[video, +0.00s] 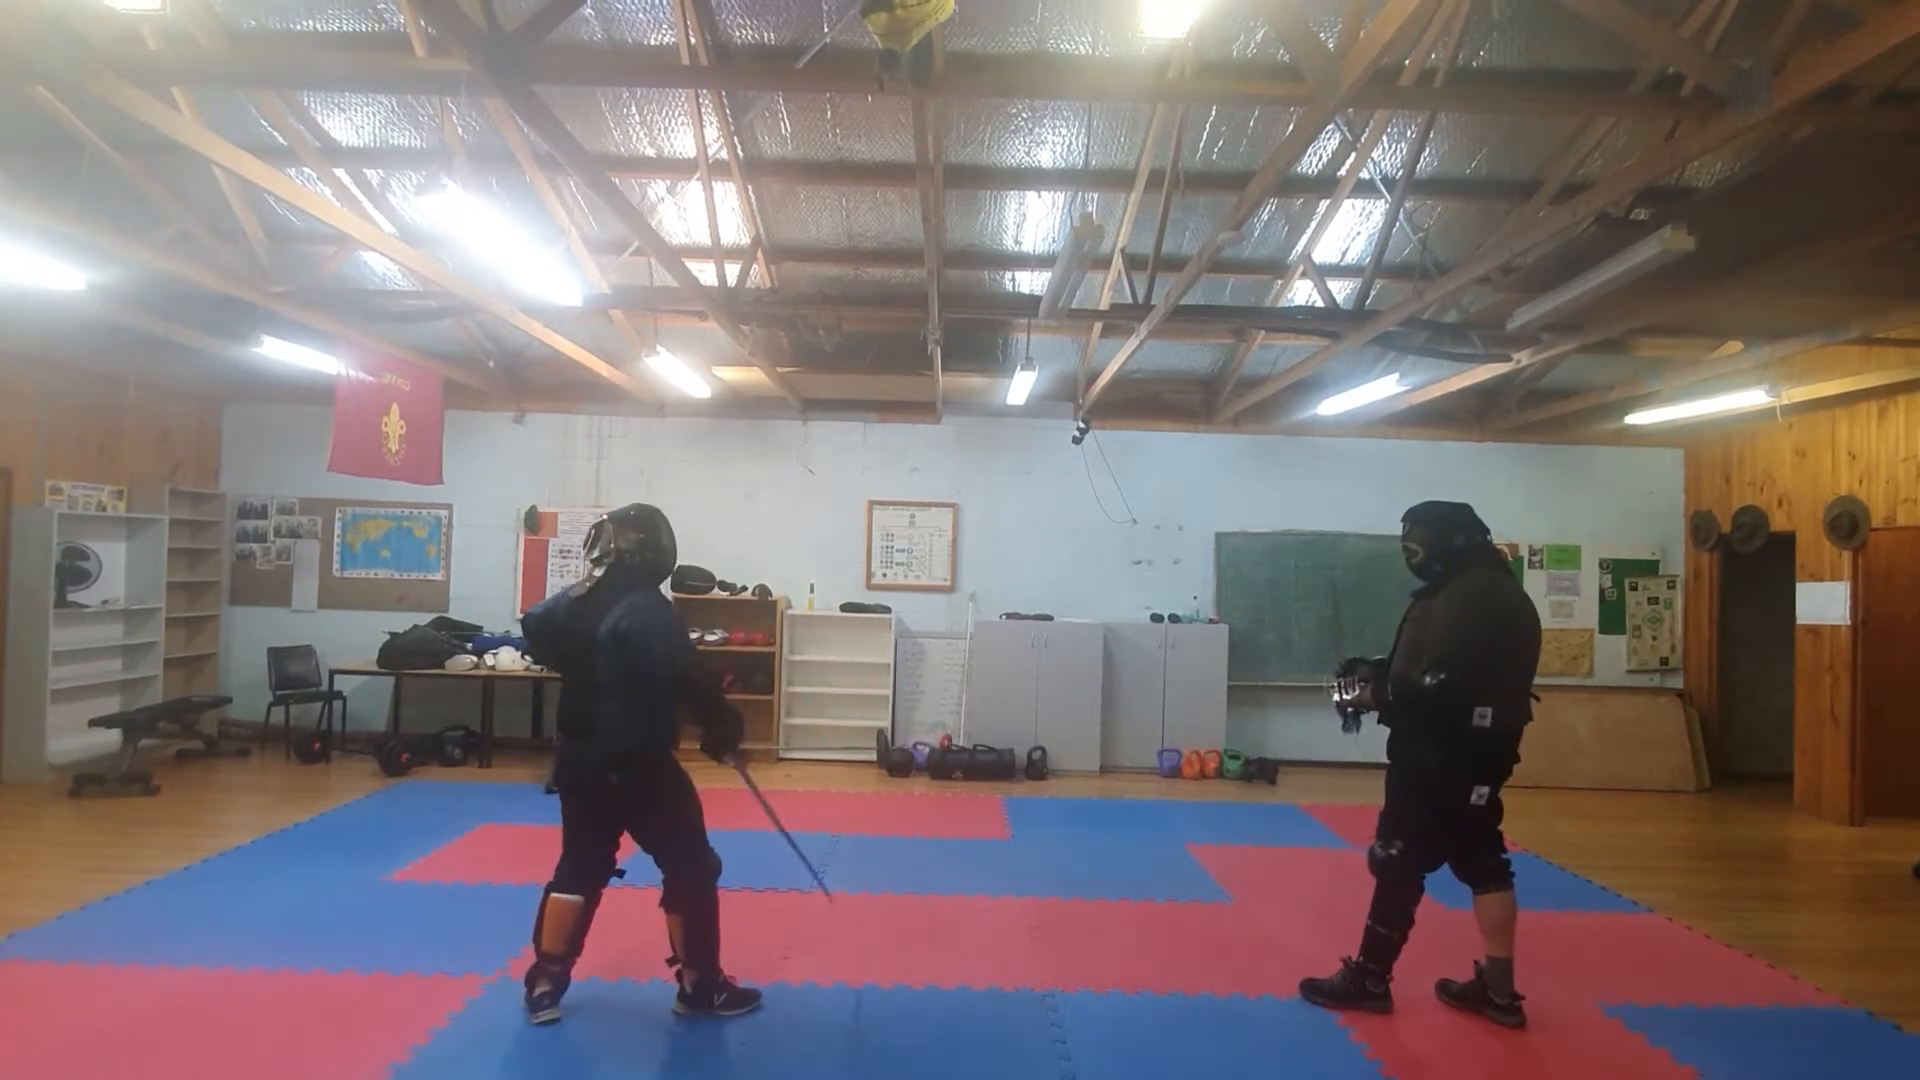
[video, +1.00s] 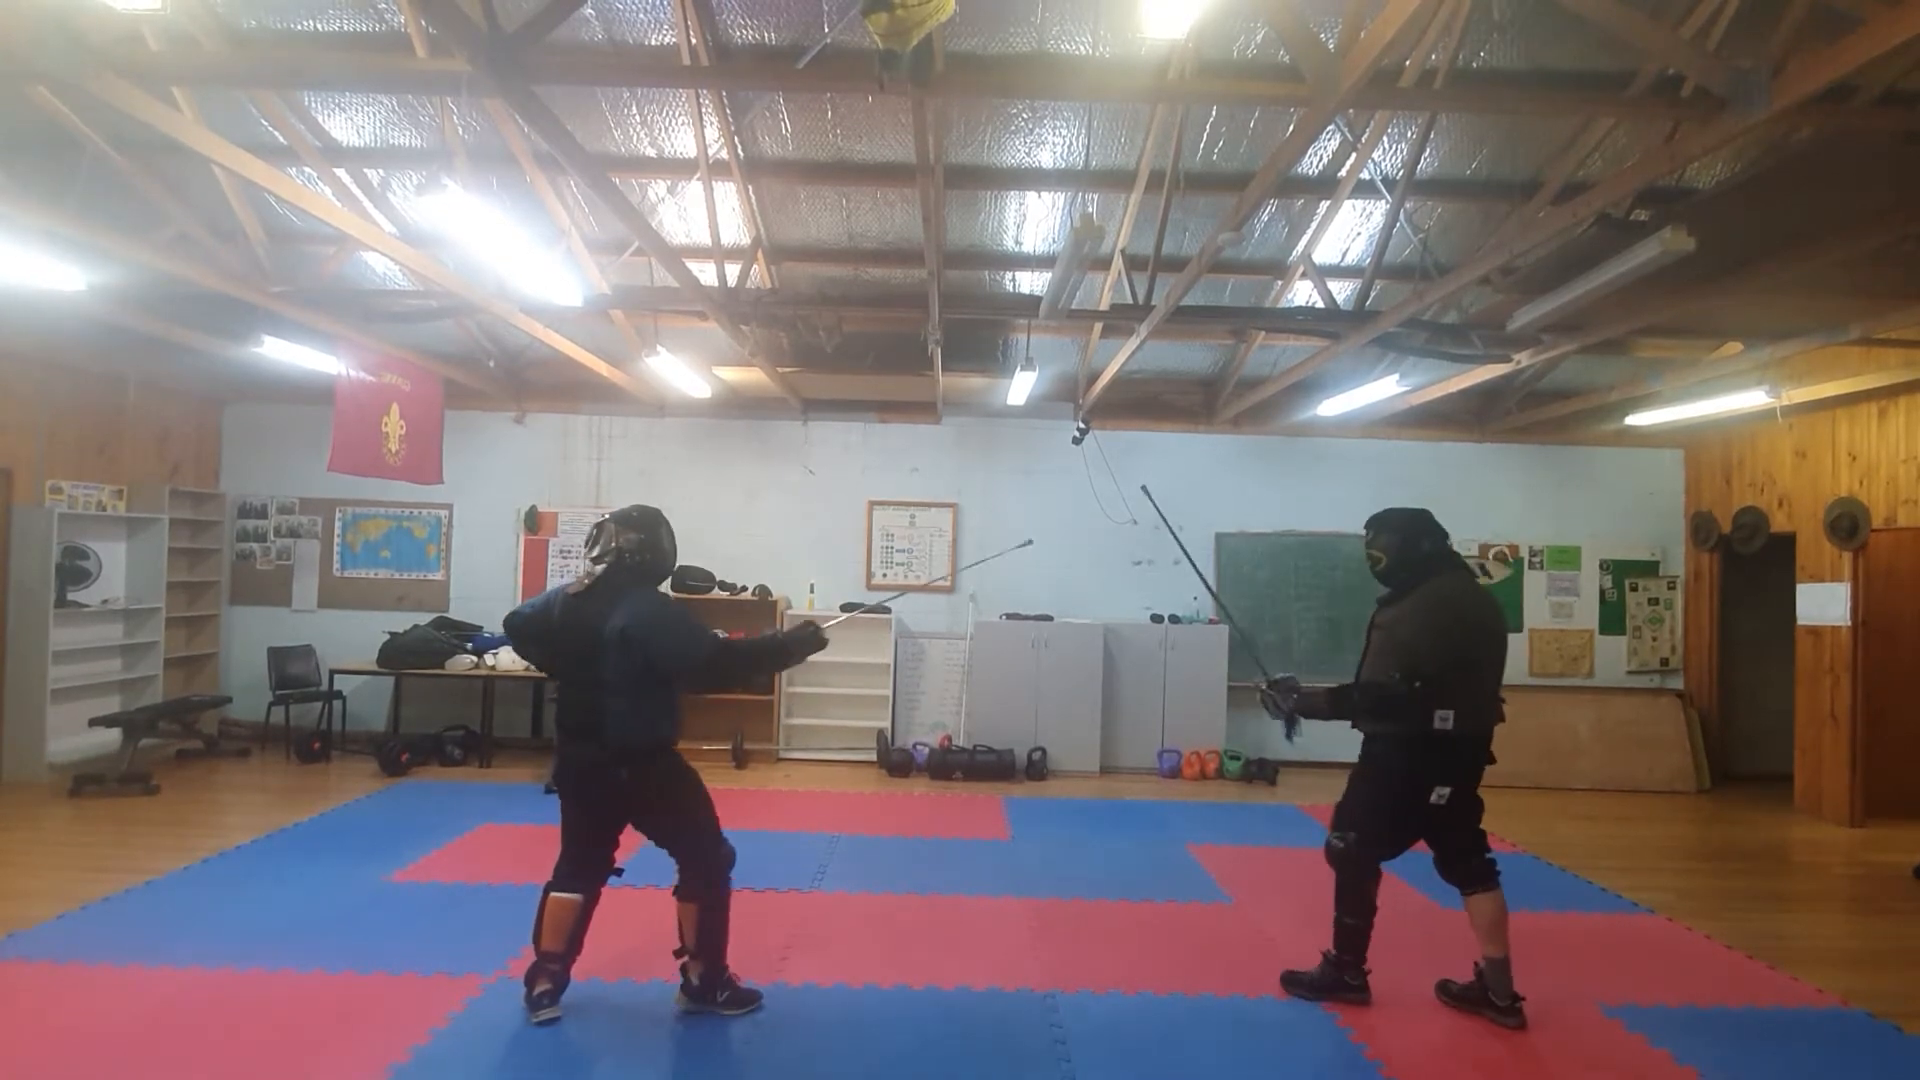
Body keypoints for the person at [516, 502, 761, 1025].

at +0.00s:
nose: (668, 559)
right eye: (666, 550)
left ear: (607, 549)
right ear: (657, 552)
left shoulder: (579, 603)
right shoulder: (650, 611)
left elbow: (534, 624)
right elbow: (687, 677)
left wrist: (584, 668)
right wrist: (724, 725)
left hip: (580, 768)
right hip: (644, 769)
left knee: (580, 865)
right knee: (691, 865)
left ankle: (546, 981)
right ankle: (700, 983)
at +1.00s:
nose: (668, 563)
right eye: (665, 554)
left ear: (603, 549)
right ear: (657, 555)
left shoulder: (569, 608)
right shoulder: (655, 613)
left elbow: (518, 624)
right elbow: (715, 660)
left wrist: (567, 596)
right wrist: (794, 642)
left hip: (583, 771)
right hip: (649, 770)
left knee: (578, 865)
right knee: (705, 858)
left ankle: (545, 982)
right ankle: (704, 980)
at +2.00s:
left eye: (650, 548)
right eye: (711, 555)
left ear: (650, 551)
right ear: (708, 556)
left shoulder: (615, 608)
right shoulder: (712, 613)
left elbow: (558, 636)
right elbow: (770, 660)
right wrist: (842, 647)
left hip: (632, 771)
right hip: (702, 771)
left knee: (622, 866)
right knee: (743, 864)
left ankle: (591, 986)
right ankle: (745, 984)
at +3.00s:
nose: (753, 561)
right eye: (750, 551)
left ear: (688, 555)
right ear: (740, 553)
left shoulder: (649, 610)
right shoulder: (744, 604)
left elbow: (601, 631)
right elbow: (808, 622)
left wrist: (655, 669)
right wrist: (888, 608)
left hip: (660, 773)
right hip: (731, 771)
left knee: (655, 872)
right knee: (770, 869)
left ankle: (625, 996)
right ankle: (771, 991)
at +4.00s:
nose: (798, 568)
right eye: (796, 558)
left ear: (730, 554)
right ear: (787, 559)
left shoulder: (693, 617)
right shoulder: (792, 611)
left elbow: (642, 649)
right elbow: (858, 627)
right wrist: (938, 610)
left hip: (715, 783)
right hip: (785, 782)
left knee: (708, 880)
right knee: (840, 871)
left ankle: (671, 999)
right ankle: (830, 997)